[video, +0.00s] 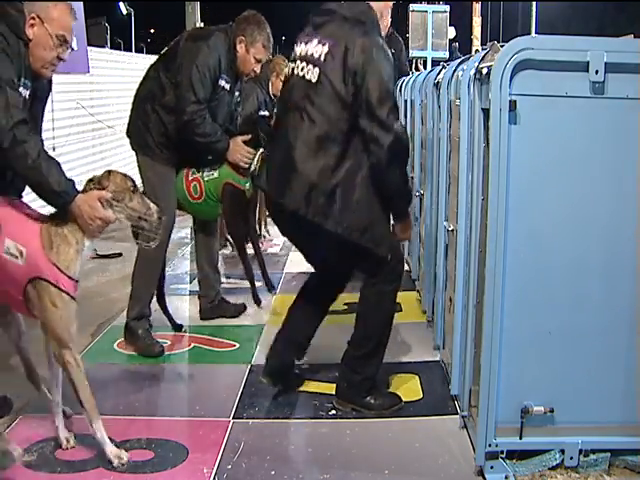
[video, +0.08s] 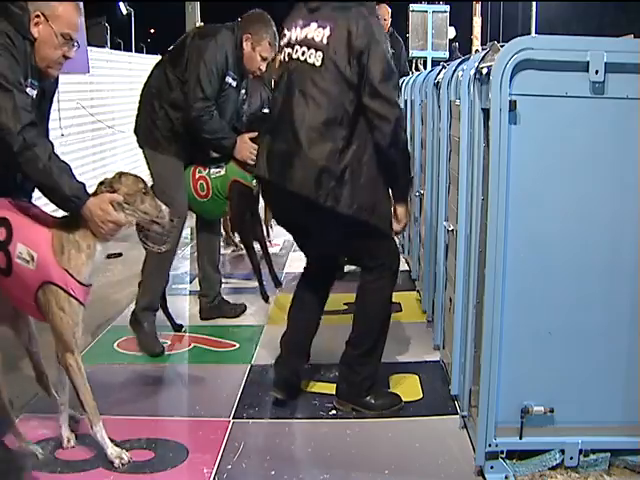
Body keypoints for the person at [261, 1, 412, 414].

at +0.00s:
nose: (391, 19)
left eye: (392, 11)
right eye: (391, 10)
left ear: (352, 3)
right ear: (377, 5)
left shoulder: (313, 31)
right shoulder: (367, 46)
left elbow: (294, 114)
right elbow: (383, 138)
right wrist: (401, 211)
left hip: (285, 187)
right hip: (327, 191)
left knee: (334, 265)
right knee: (387, 265)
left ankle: (281, 362)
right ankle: (358, 385)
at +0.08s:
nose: (387, 14)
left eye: (386, 11)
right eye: (385, 10)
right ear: (370, 1)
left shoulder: (296, 19)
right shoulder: (363, 23)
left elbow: (282, 104)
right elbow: (385, 119)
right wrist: (401, 192)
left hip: (280, 176)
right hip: (333, 178)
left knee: (323, 258)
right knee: (381, 261)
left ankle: (288, 373)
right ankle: (357, 386)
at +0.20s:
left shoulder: (270, 11)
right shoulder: (356, 8)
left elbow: (261, 88)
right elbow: (380, 88)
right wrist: (397, 162)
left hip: (274, 162)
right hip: (331, 162)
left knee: (301, 262)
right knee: (371, 259)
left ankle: (285, 385)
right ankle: (355, 387)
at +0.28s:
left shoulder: (257, 8)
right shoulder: (352, 5)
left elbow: (236, 81)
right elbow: (372, 72)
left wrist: (253, 146)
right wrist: (390, 144)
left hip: (267, 151)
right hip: (329, 149)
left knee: (291, 260)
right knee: (360, 258)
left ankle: (283, 385)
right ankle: (355, 385)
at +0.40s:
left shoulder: (240, 9)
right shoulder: (339, 4)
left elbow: (223, 65)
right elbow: (359, 55)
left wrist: (229, 144)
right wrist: (375, 127)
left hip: (258, 138)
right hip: (321, 131)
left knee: (280, 259)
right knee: (342, 256)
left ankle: (281, 385)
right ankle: (350, 381)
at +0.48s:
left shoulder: (228, 9)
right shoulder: (335, 4)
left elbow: (216, 60)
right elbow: (350, 48)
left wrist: (228, 138)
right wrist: (353, 125)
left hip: (255, 125)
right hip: (316, 117)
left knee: (273, 253)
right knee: (322, 247)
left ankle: (282, 386)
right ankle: (342, 375)